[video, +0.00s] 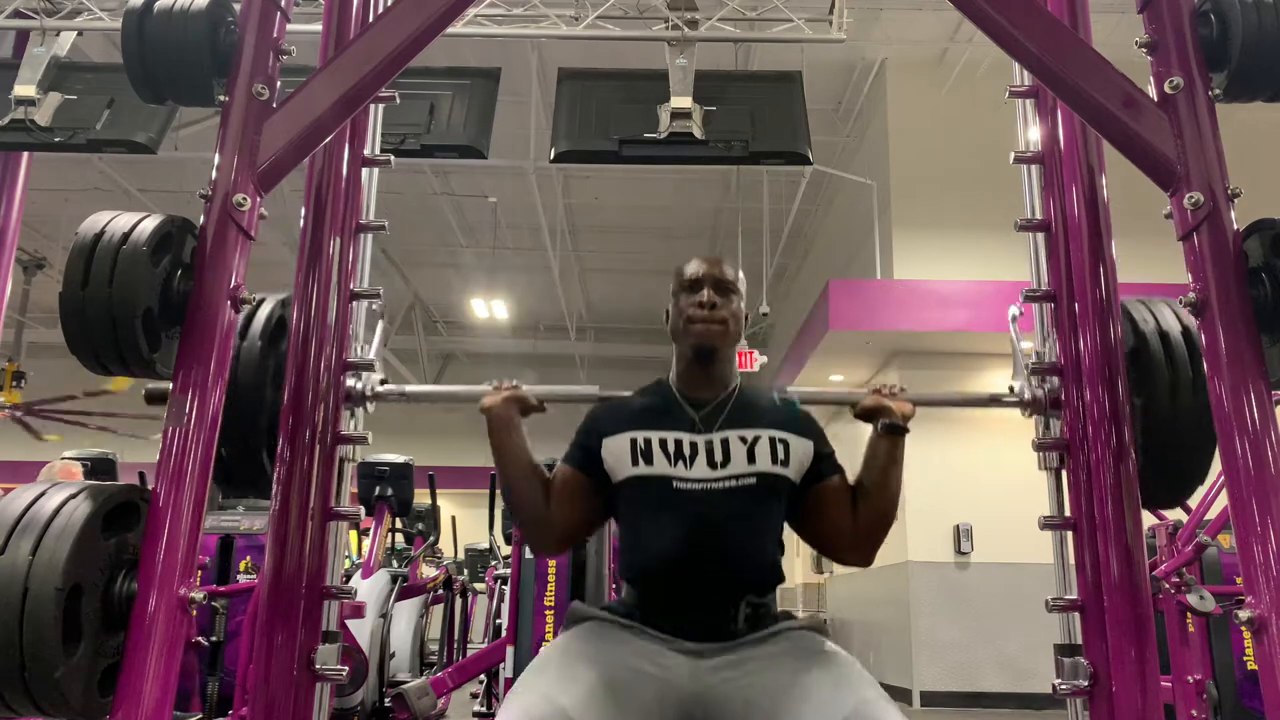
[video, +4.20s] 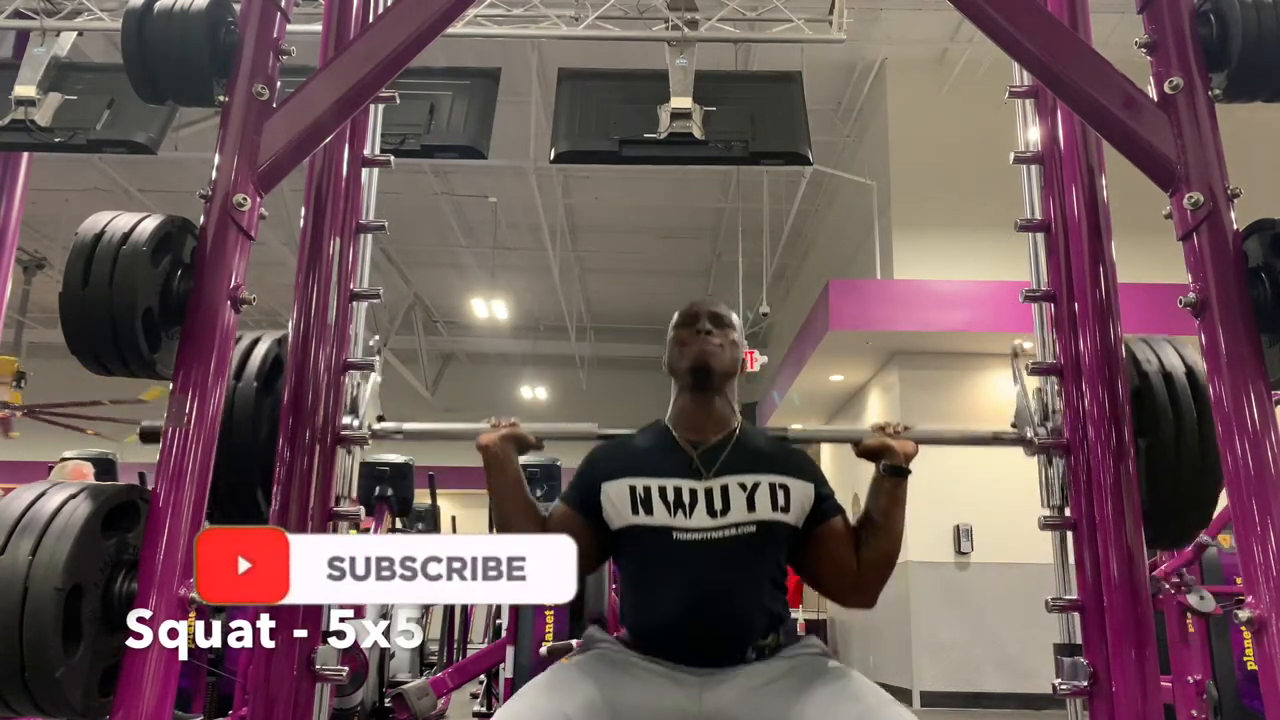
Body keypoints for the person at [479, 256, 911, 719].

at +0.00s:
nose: (706, 297)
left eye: (723, 290)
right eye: (692, 289)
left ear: (745, 318)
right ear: (671, 317)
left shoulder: (787, 423)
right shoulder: (616, 422)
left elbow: (857, 543)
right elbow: (548, 533)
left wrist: (888, 435)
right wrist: (502, 420)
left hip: (763, 650)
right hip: (631, 645)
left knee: (877, 717)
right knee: (526, 714)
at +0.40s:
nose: (705, 388)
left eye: (722, 378)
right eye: (689, 378)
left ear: (744, 407)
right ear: (666, 405)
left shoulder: (792, 514)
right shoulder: (611, 510)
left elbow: (861, 639)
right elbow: (543, 626)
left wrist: (893, 523)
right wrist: (496, 506)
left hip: (768, 703)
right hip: (636, 702)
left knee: (883, 717)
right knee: (520, 718)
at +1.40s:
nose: (703, 297)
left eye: (720, 294)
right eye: (688, 293)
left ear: (742, 331)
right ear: (668, 329)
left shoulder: (787, 430)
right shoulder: (615, 429)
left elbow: (859, 550)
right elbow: (544, 532)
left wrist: (889, 443)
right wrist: (502, 430)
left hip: (769, 649)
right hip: (636, 648)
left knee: (887, 715)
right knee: (533, 711)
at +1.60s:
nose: (705, 237)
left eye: (721, 234)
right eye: (691, 232)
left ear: (741, 269)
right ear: (669, 267)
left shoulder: (789, 373)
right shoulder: (617, 370)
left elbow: (857, 486)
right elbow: (547, 475)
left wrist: (888, 385)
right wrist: (505, 368)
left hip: (775, 599)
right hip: (636, 596)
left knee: (874, 711)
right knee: (549, 710)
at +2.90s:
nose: (706, 329)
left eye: (722, 322)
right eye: (691, 321)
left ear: (743, 352)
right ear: (668, 350)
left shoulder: (789, 457)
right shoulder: (613, 454)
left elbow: (858, 580)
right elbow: (546, 561)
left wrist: (893, 467)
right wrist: (501, 456)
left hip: (767, 671)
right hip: (635, 668)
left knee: (879, 715)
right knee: (520, 713)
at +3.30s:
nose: (705, 406)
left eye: (721, 398)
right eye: (689, 397)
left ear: (744, 427)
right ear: (665, 424)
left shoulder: (793, 538)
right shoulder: (609, 531)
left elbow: (860, 664)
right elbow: (544, 651)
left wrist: (896, 544)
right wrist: (501, 545)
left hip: (761, 714)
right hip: (640, 714)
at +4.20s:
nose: (701, 331)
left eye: (717, 326)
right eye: (685, 327)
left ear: (743, 360)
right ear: (666, 360)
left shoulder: (788, 463)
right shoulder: (613, 462)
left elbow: (857, 586)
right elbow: (543, 567)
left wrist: (893, 472)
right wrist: (500, 463)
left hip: (771, 672)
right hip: (637, 669)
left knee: (892, 717)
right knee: (518, 717)